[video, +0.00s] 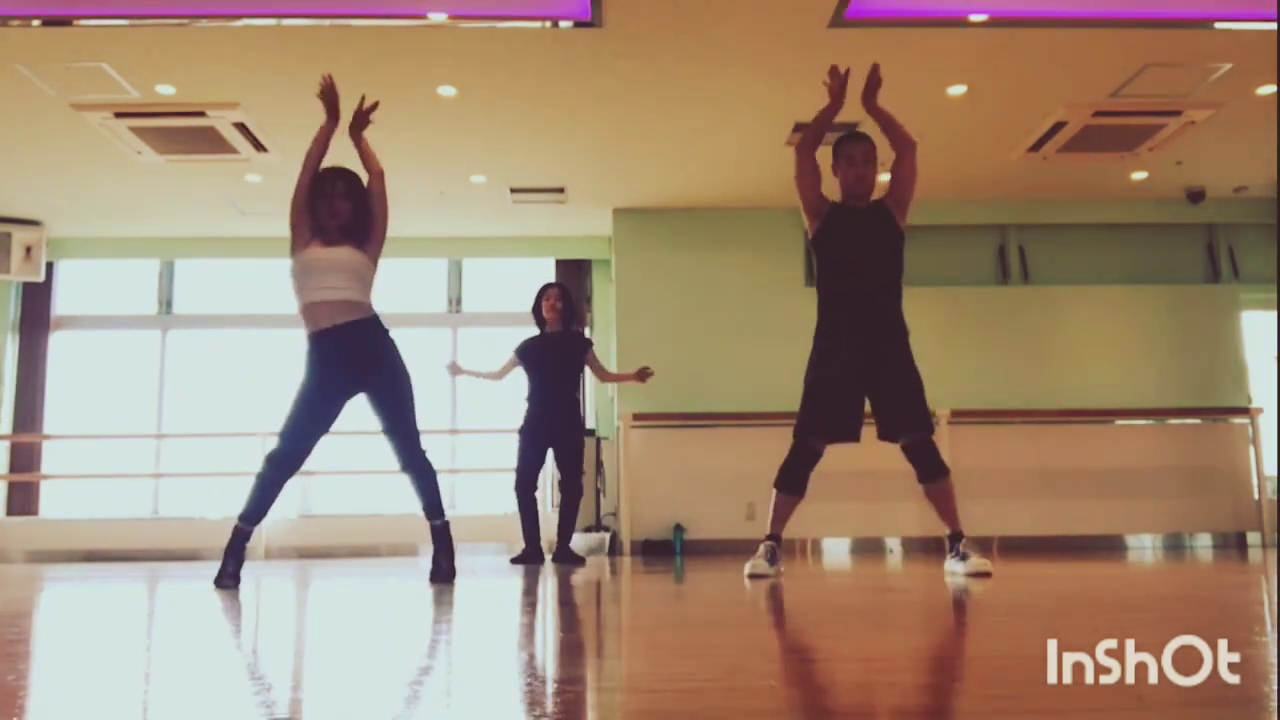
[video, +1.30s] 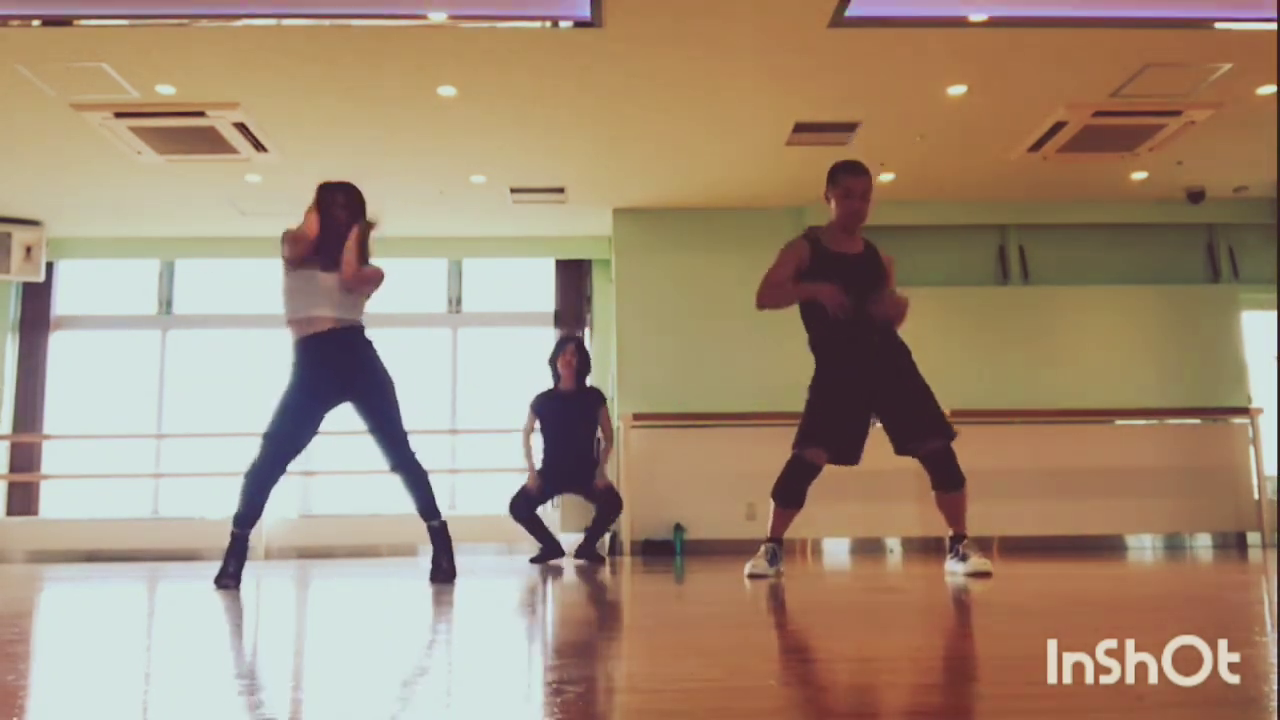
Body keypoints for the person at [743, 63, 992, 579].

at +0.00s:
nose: (859, 170)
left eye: (865, 162)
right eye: (850, 162)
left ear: (876, 169)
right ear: (835, 170)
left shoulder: (891, 214)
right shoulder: (822, 218)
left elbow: (907, 152)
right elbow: (803, 153)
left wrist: (874, 107)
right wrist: (832, 107)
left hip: (888, 349)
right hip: (835, 351)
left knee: (921, 447)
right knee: (805, 450)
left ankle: (958, 545)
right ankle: (770, 546)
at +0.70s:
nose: (860, 177)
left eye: (867, 169)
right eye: (850, 168)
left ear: (876, 177)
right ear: (835, 176)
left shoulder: (892, 224)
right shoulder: (816, 227)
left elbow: (940, 190)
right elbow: (767, 189)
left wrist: (886, 179)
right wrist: (815, 181)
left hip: (889, 354)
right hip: (835, 355)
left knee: (926, 447)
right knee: (805, 451)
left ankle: (959, 545)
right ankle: (770, 546)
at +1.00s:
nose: (859, 181)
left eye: (867, 173)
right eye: (851, 173)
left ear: (877, 178)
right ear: (835, 177)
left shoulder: (887, 232)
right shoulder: (822, 231)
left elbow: (920, 256)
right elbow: (787, 238)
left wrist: (912, 210)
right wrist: (796, 204)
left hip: (894, 355)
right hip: (841, 357)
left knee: (933, 446)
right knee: (807, 452)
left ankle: (959, 545)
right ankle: (771, 546)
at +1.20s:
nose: (864, 195)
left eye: (870, 186)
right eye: (855, 186)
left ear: (876, 191)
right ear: (836, 188)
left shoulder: (874, 250)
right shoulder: (809, 240)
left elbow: (894, 310)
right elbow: (777, 290)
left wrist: (904, 284)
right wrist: (817, 262)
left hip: (898, 365)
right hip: (845, 368)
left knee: (940, 449)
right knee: (814, 456)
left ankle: (960, 547)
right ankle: (772, 547)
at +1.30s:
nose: (857, 205)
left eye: (864, 196)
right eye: (848, 195)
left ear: (872, 200)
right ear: (829, 197)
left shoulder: (877, 259)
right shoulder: (804, 248)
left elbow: (889, 314)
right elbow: (766, 297)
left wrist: (895, 307)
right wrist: (817, 291)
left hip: (891, 369)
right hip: (838, 373)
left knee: (938, 452)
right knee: (807, 460)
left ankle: (960, 547)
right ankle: (771, 549)